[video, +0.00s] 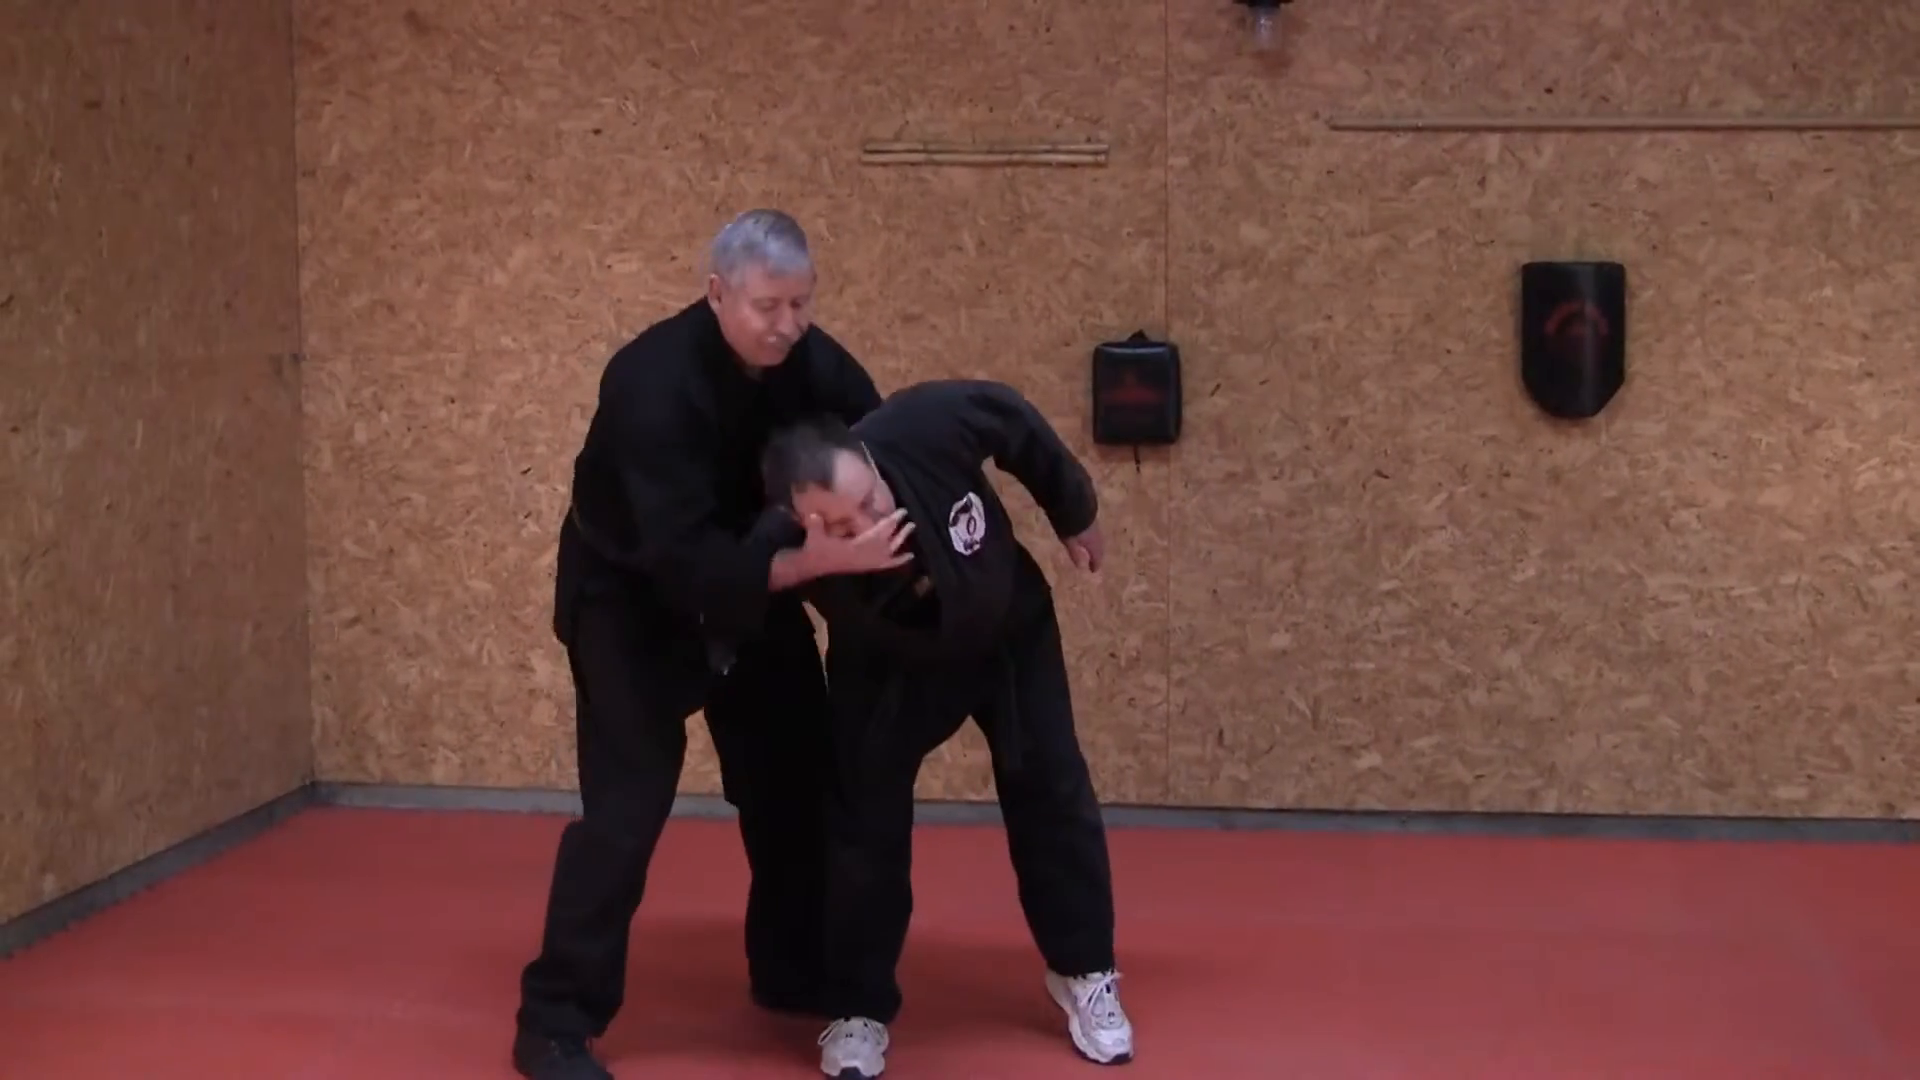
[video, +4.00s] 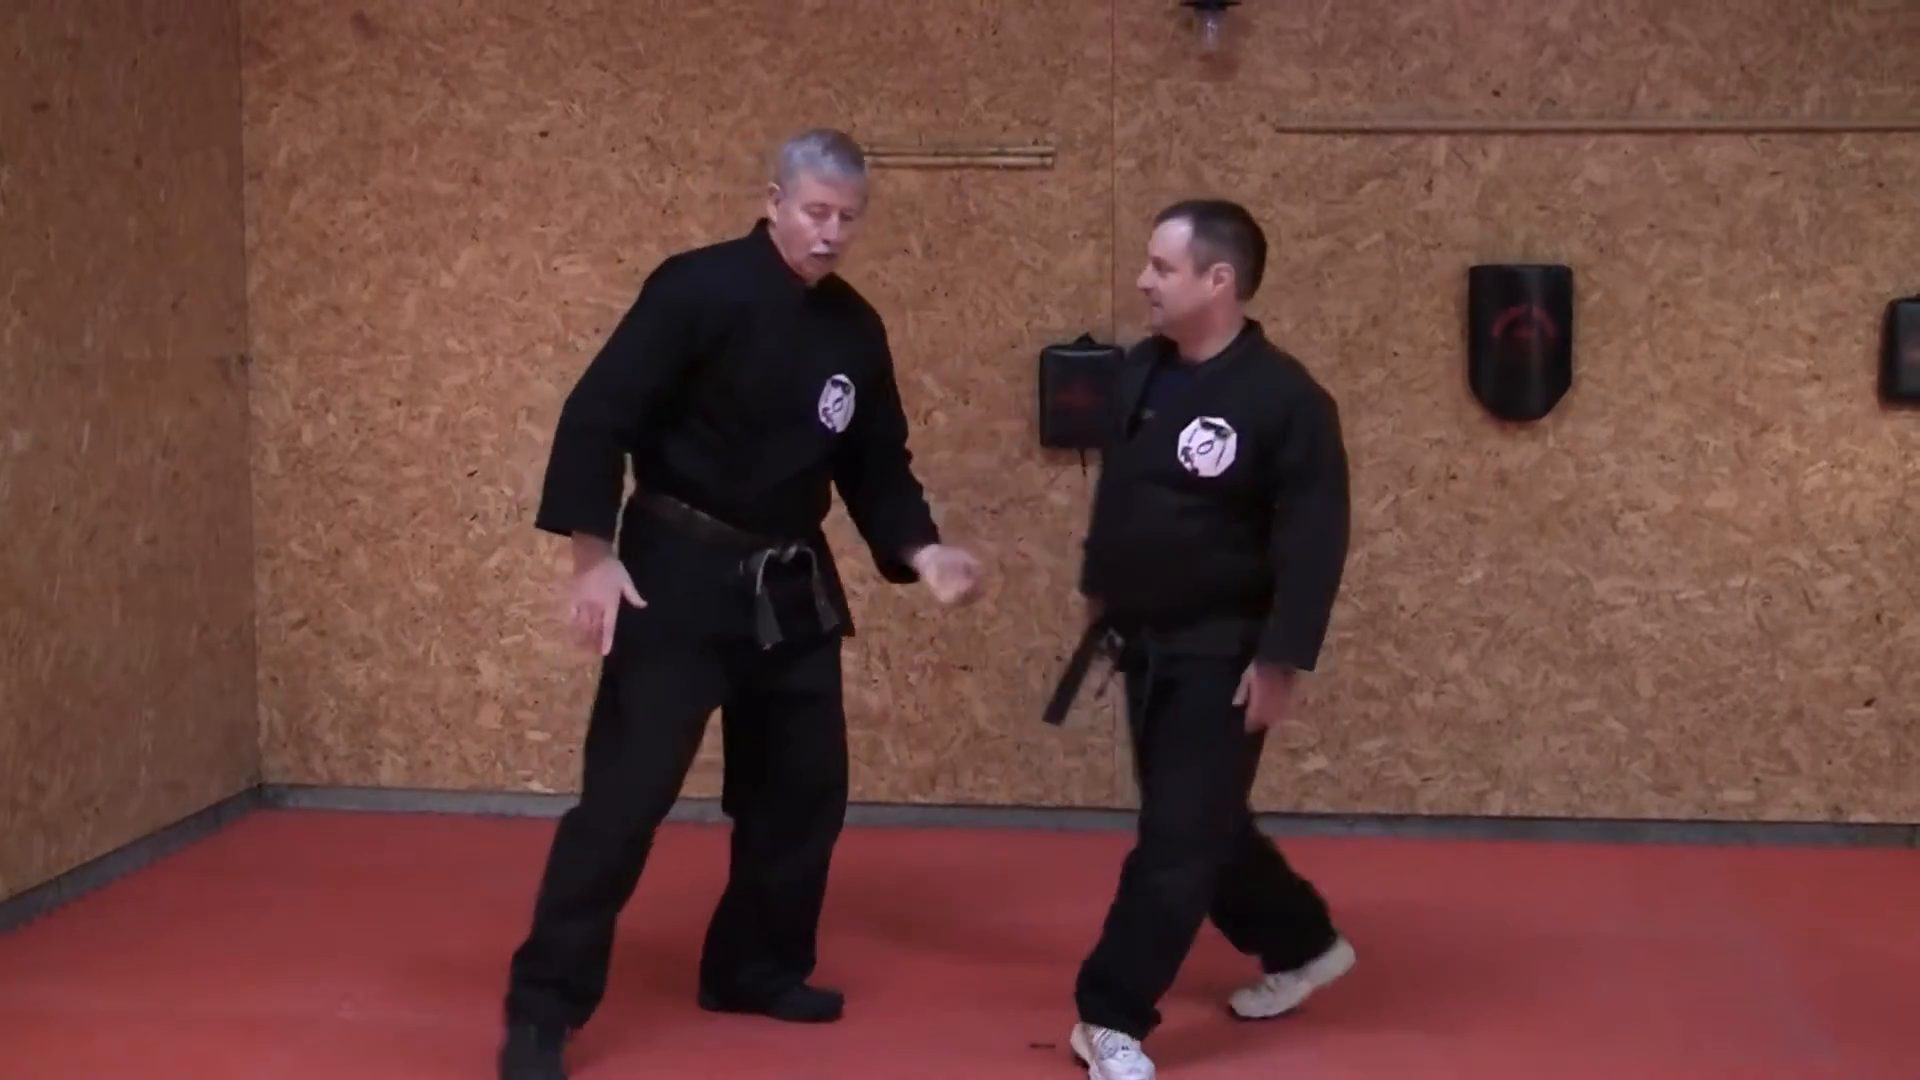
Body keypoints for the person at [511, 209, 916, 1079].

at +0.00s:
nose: (788, 325)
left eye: (800, 305)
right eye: (767, 305)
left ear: (812, 299)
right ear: (715, 292)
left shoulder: (825, 374)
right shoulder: (651, 382)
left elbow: (886, 479)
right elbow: (676, 562)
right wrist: (814, 560)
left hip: (754, 596)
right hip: (630, 602)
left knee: (798, 780)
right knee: (629, 800)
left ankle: (795, 973)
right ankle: (558, 1029)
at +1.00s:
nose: (768, 212)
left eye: (786, 201)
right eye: (749, 195)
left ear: (807, 224)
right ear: (711, 216)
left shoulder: (813, 310)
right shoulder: (661, 305)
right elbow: (696, 419)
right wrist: (796, 317)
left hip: (747, 581)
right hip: (629, 579)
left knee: (789, 786)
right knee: (593, 805)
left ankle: (774, 976)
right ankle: (536, 1036)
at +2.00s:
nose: (752, 216)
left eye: (771, 205)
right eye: (736, 199)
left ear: (792, 224)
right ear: (701, 210)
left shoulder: (790, 308)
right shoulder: (643, 303)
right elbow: (697, 399)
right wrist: (824, 318)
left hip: (719, 576)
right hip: (604, 573)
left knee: (762, 790)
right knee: (560, 811)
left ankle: (752, 977)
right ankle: (514, 1032)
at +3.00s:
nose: (743, 219)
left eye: (763, 206)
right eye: (727, 201)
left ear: (785, 225)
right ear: (695, 211)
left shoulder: (795, 352)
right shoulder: (626, 305)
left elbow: (820, 478)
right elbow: (585, 454)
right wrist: (717, 512)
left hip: (716, 589)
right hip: (592, 578)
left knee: (753, 795)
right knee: (551, 815)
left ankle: (747, 973)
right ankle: (509, 1034)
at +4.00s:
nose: (833, 232)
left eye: (848, 217)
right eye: (818, 212)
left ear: (859, 222)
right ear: (773, 203)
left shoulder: (853, 330)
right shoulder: (695, 289)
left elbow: (874, 456)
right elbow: (598, 411)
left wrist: (920, 547)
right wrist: (590, 550)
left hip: (790, 582)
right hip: (677, 572)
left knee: (801, 791)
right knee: (626, 798)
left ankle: (752, 971)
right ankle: (543, 1010)